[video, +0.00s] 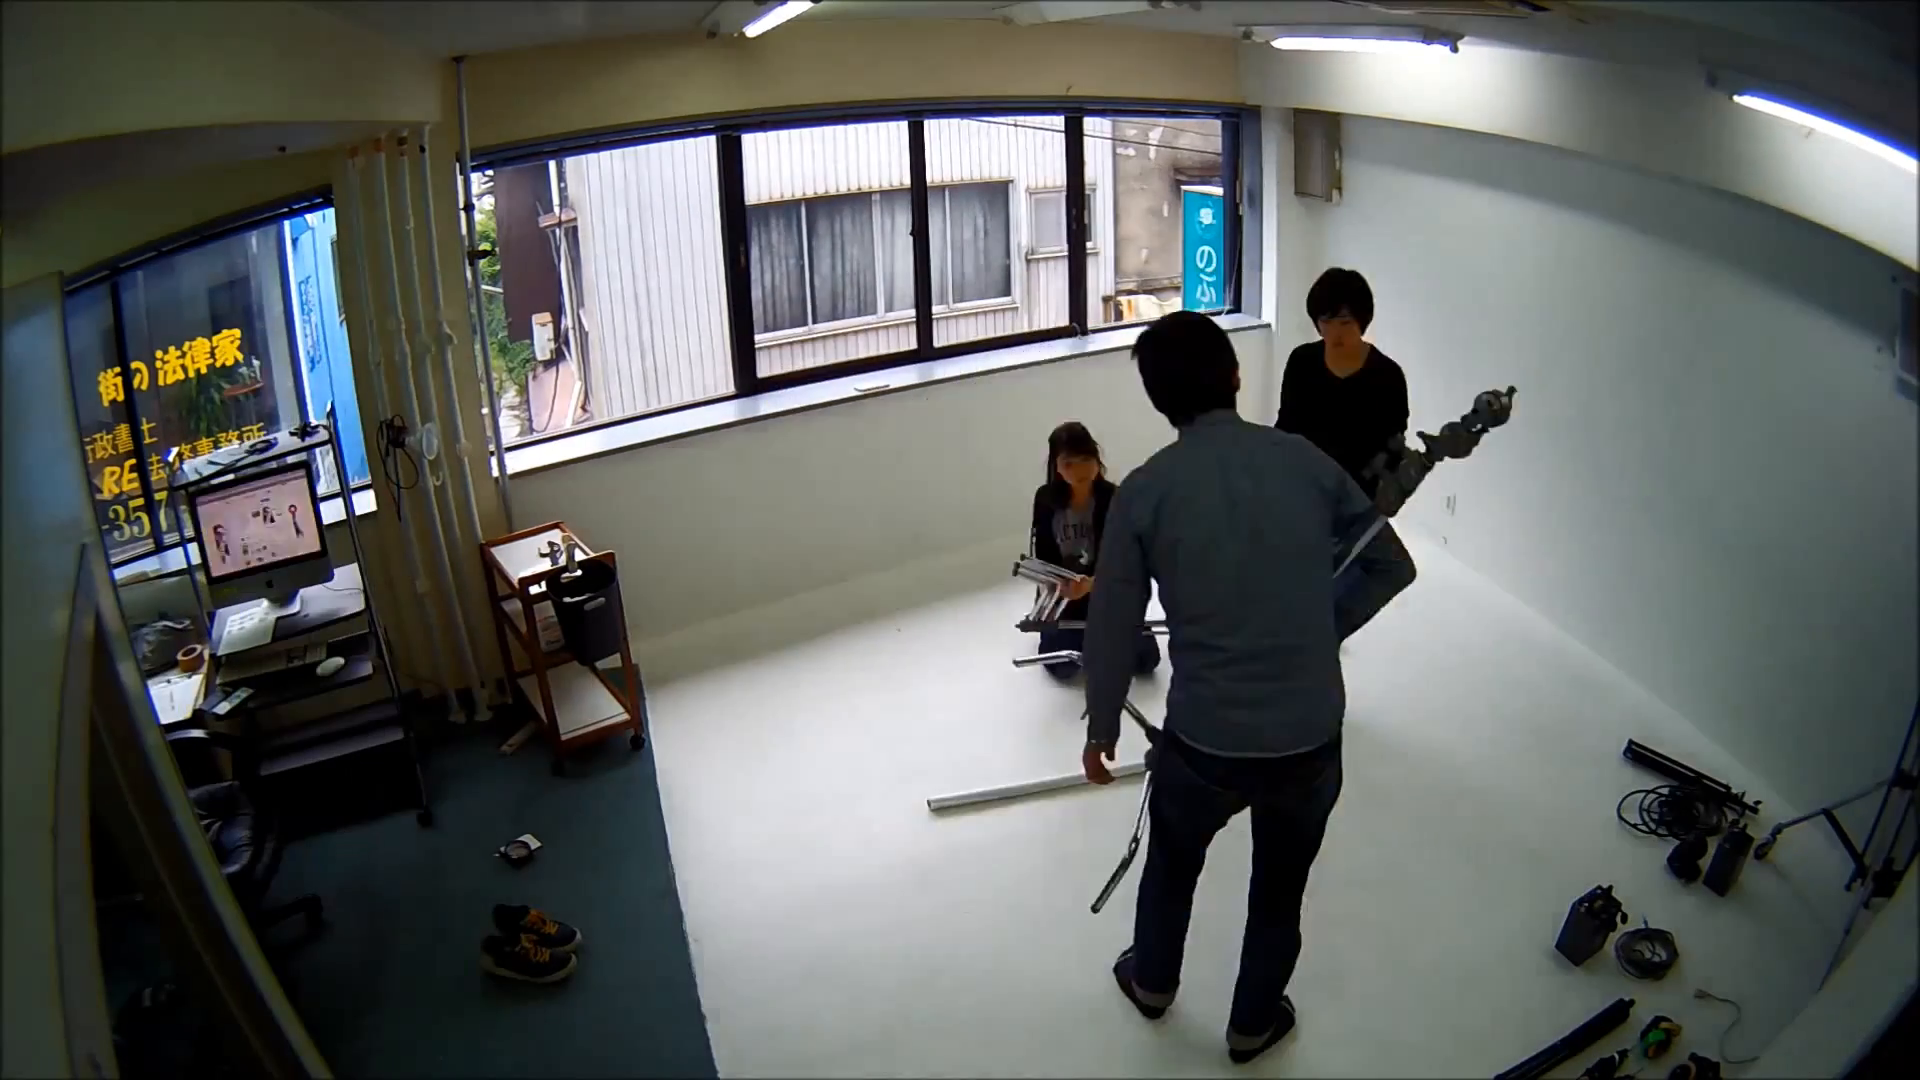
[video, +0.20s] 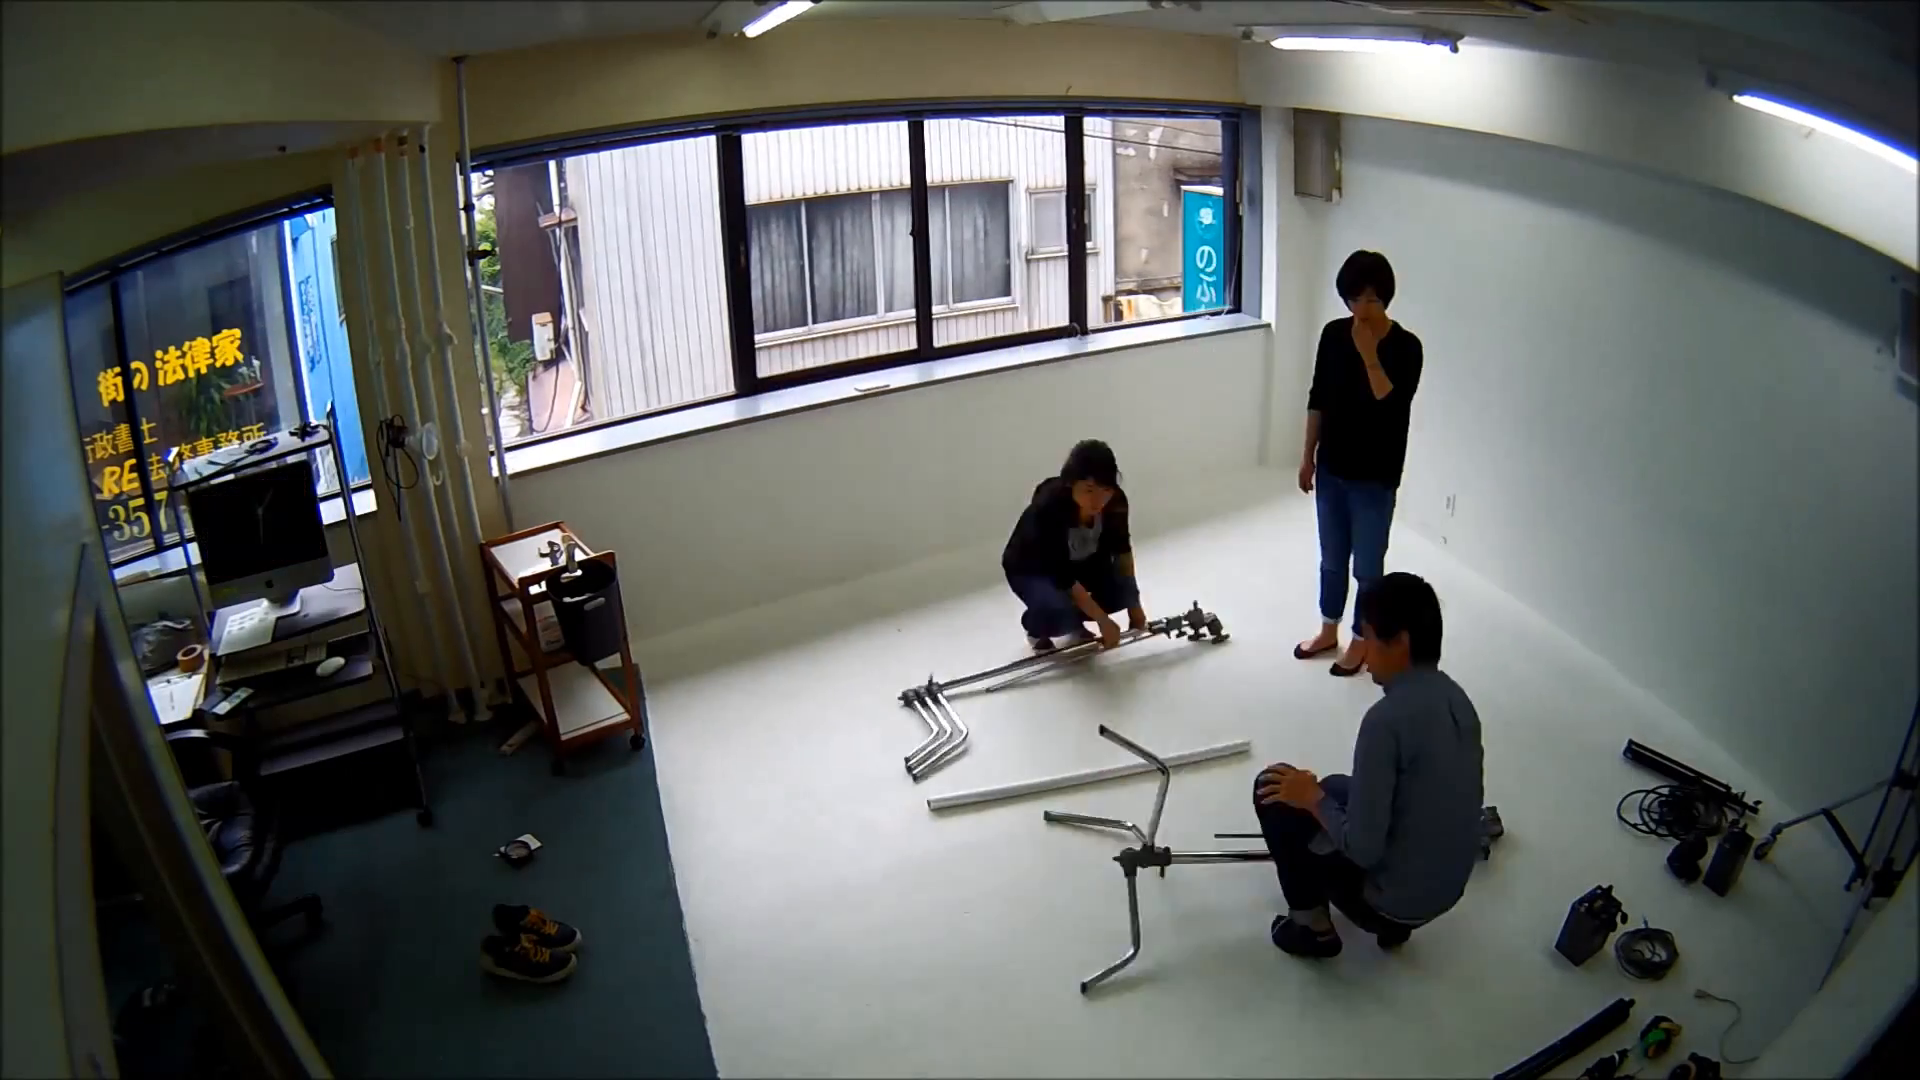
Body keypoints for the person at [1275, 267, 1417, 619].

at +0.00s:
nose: (1335, 331)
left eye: (1344, 321)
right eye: (1327, 321)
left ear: (1363, 319)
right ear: (1316, 321)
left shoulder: (1387, 374)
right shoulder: (1303, 361)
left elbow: (1394, 442)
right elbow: (1287, 425)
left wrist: (1387, 480)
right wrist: (1272, 472)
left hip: (1358, 495)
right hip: (1303, 488)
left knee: (1394, 570)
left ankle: (1321, 637)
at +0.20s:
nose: (1360, 307)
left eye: (1369, 298)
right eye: (1353, 298)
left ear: (1386, 296)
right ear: (1345, 297)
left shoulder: (1406, 345)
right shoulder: (1334, 335)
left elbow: (1392, 402)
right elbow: (1318, 400)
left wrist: (1369, 350)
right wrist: (1308, 457)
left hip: (1376, 473)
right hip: (1331, 466)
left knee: (1367, 566)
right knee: (1332, 557)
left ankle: (1362, 640)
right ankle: (1329, 631)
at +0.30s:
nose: (1352, 313)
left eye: (1358, 304)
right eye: (1348, 304)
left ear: (1378, 298)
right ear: (1345, 301)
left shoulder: (1407, 349)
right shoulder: (1338, 337)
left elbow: (1388, 402)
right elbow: (1320, 400)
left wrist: (1366, 351)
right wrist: (1308, 457)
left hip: (1374, 476)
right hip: (1329, 468)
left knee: (1365, 566)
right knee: (1331, 559)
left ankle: (1359, 643)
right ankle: (1328, 631)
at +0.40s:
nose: (1342, 305)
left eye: (1346, 297)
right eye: (1341, 297)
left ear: (1368, 297)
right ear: (1363, 299)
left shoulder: (1405, 357)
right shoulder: (1352, 336)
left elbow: (1402, 430)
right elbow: (1338, 403)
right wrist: (1319, 453)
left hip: (1371, 478)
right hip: (1333, 469)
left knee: (1363, 565)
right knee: (1332, 557)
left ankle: (1358, 644)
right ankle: (1329, 632)